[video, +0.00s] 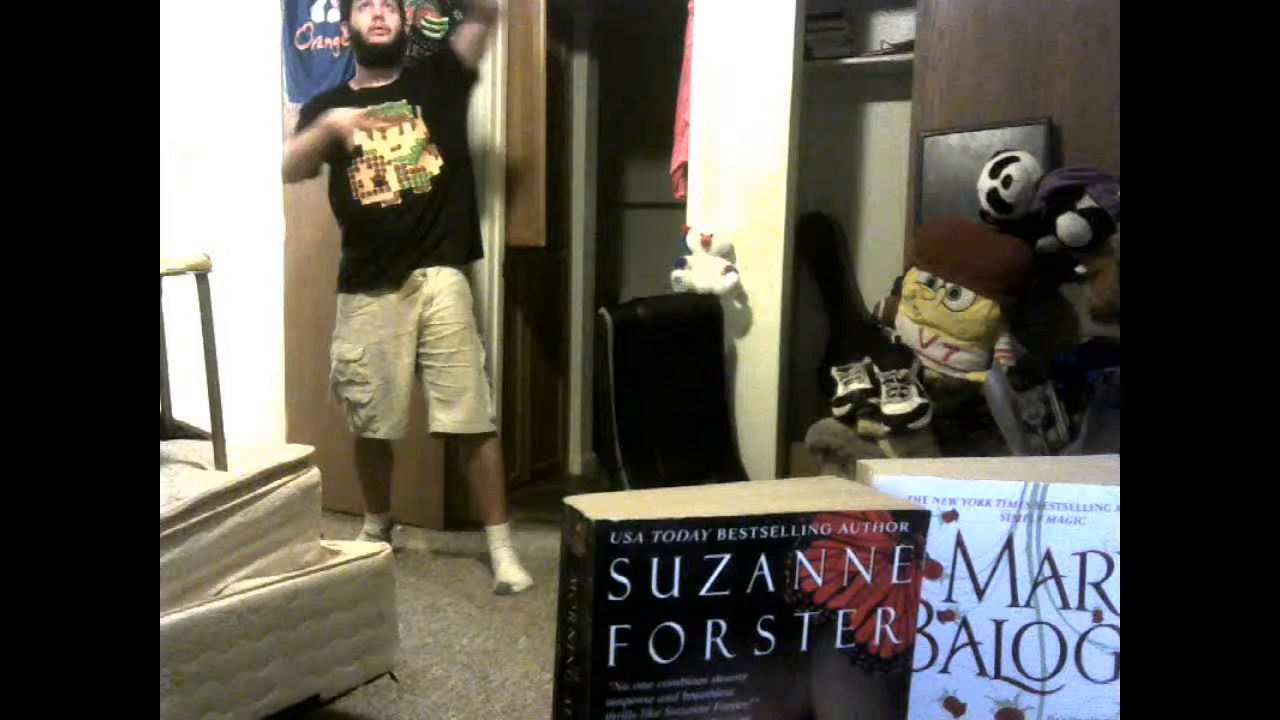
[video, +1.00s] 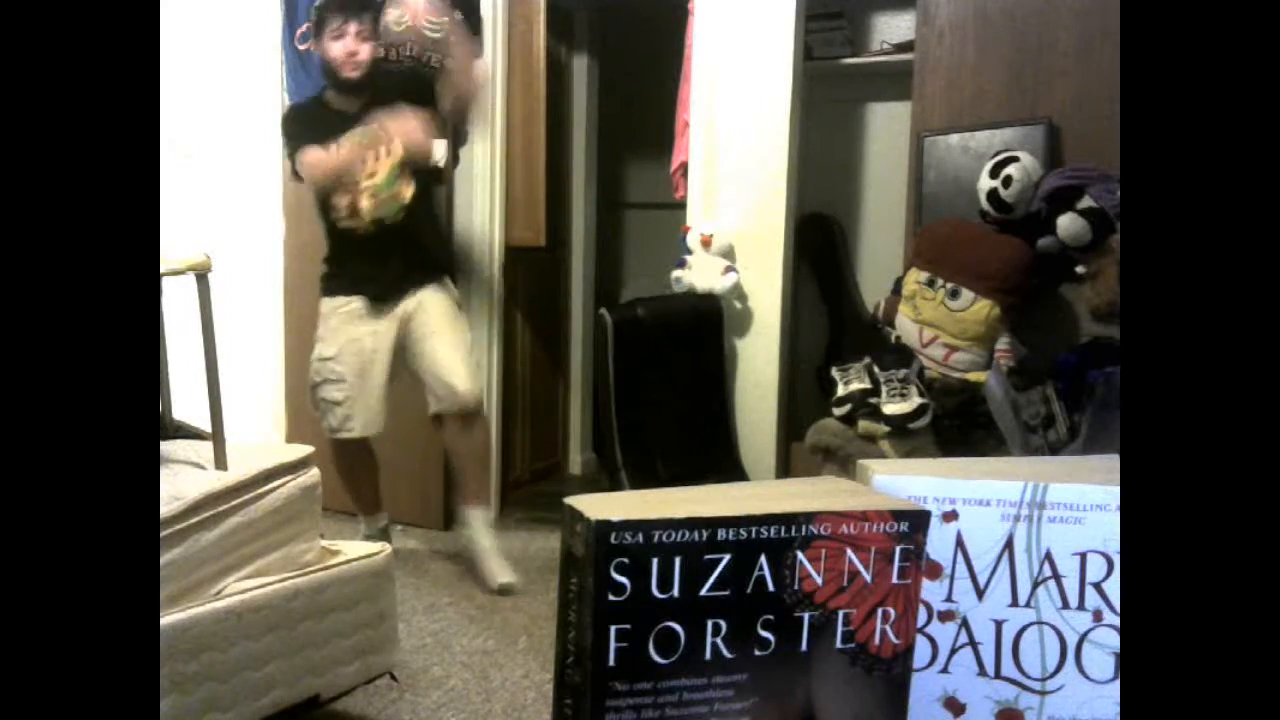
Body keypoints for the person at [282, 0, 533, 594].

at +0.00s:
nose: (379, 13)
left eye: (388, 5)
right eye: (366, 7)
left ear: (405, 19)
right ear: (348, 26)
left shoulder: (439, 74)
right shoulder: (331, 103)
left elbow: (484, 14)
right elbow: (290, 170)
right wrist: (328, 129)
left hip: (442, 268)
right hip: (369, 277)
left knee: (470, 411)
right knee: (369, 411)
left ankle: (500, 544)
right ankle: (376, 532)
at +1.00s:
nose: (352, 48)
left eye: (363, 36)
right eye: (339, 37)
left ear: (379, 42)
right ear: (318, 46)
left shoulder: (407, 88)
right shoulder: (304, 116)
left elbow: (465, 88)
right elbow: (315, 171)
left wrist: (448, 28)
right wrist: (385, 130)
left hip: (424, 278)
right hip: (351, 287)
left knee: (462, 399)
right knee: (346, 420)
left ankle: (476, 527)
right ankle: (375, 531)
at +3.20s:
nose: (258, 82)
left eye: (264, 69)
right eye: (244, 79)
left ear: (282, 70)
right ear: (236, 96)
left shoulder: (324, 95)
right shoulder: (265, 177)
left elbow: (336, 24)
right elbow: (237, 248)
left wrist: (300, 19)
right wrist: (212, 224)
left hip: (409, 236)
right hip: (353, 277)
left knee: (362, 162)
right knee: (363, 405)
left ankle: (391, 301)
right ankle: (376, 523)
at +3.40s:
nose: (246, 103)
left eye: (251, 89)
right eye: (234, 100)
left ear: (271, 88)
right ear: (228, 115)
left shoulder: (311, 117)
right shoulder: (278, 188)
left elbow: (329, 158)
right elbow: (285, 274)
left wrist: (297, 195)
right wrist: (251, 300)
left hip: (410, 245)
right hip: (355, 276)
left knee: (327, 210)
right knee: (333, 399)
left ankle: (359, 343)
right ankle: (369, 517)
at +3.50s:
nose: (245, 114)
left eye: (250, 100)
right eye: (234, 111)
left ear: (272, 96)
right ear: (232, 125)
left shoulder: (312, 123)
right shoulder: (282, 188)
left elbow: (313, 147)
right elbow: (297, 284)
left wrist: (297, 179)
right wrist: (258, 354)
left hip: (412, 260)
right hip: (356, 292)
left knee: (320, 234)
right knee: (296, 387)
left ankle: (329, 369)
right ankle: (350, 500)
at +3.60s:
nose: (256, 134)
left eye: (263, 119)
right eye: (244, 128)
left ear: (285, 117)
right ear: (240, 139)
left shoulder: (317, 144)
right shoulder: (289, 204)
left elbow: (335, 165)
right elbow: (290, 308)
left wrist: (336, 197)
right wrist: (243, 372)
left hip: (398, 295)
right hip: (354, 314)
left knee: (295, 279)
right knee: (304, 426)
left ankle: (288, 407)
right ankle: (367, 514)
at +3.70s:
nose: (256, 140)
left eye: (262, 126)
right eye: (243, 136)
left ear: (282, 125)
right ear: (237, 149)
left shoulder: (311, 150)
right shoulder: (280, 230)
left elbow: (346, 161)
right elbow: (283, 316)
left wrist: (358, 204)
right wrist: (231, 375)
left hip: (396, 297)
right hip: (348, 324)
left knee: (281, 300)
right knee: (300, 431)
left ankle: (281, 432)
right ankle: (368, 517)